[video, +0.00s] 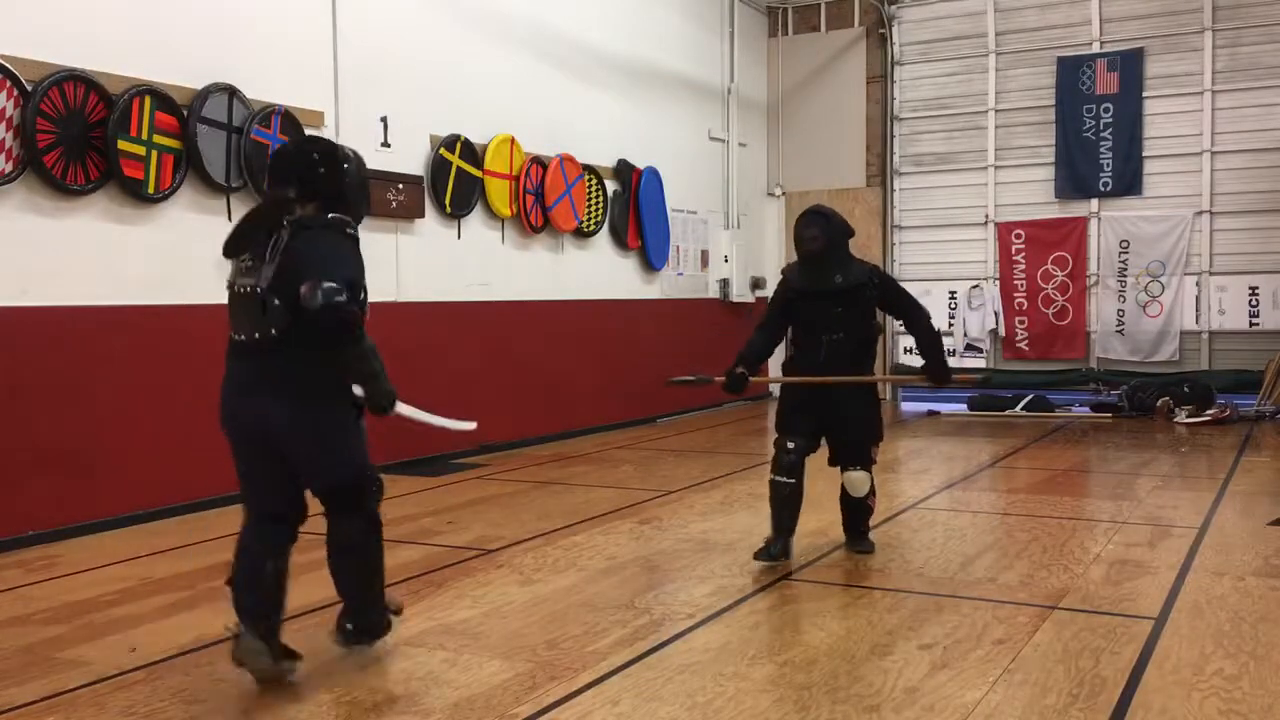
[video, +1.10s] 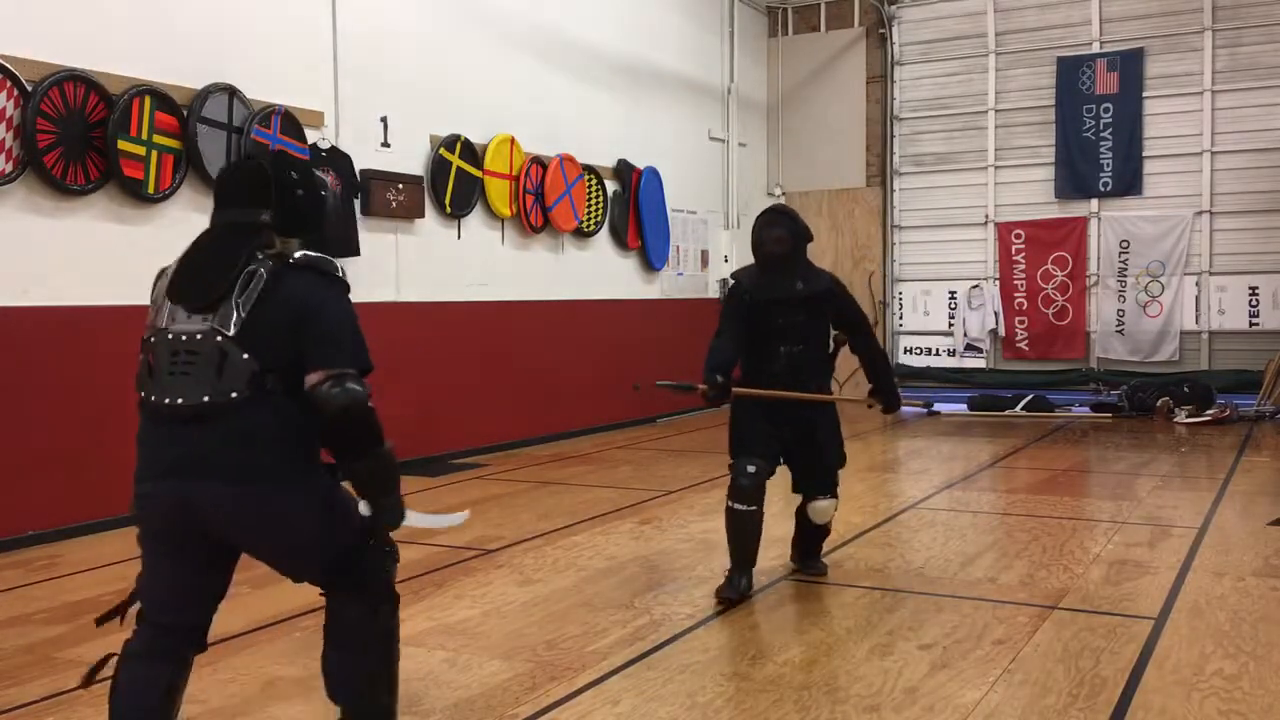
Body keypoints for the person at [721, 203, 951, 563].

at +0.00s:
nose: (809, 244)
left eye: (816, 237)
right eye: (803, 238)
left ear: (836, 237)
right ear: (796, 240)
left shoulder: (864, 278)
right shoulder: (793, 282)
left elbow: (915, 314)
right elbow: (769, 329)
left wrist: (936, 363)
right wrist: (743, 365)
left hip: (852, 389)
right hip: (801, 390)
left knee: (856, 470)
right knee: (786, 462)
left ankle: (857, 534)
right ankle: (780, 539)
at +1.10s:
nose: (773, 244)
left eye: (782, 236)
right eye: (765, 236)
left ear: (800, 239)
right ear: (754, 242)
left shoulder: (822, 286)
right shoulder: (745, 288)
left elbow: (861, 334)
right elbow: (728, 335)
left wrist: (885, 384)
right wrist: (716, 373)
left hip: (811, 404)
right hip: (756, 403)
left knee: (822, 496)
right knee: (745, 484)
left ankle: (806, 554)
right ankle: (740, 572)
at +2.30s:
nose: (765, 236)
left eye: (774, 226)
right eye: (755, 227)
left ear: (795, 226)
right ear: (744, 229)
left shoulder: (820, 270)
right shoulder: (735, 273)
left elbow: (867, 318)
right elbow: (723, 326)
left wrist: (864, 383)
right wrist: (731, 354)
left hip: (807, 397)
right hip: (754, 397)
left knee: (805, 495)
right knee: (771, 493)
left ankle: (787, 565)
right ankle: (762, 600)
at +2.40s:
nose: (767, 248)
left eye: (776, 239)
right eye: (758, 240)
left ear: (795, 240)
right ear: (746, 245)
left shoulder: (821, 283)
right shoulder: (741, 286)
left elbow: (846, 342)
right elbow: (730, 339)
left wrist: (805, 360)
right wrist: (757, 354)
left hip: (807, 403)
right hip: (758, 405)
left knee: (807, 491)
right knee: (787, 503)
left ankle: (784, 553)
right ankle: (767, 606)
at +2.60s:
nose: (780, 247)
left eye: (790, 237)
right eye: (771, 237)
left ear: (809, 242)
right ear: (758, 243)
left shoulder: (827, 287)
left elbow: (861, 357)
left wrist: (831, 358)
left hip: (816, 409)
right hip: (765, 413)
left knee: (833, 502)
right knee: (798, 508)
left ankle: (796, 552)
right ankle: (768, 606)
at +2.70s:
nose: (786, 236)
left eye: (796, 227)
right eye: (778, 227)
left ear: (813, 233)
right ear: (763, 231)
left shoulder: (827, 279)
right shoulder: (745, 281)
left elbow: (869, 335)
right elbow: (730, 339)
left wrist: (871, 379)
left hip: (821, 400)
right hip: (769, 404)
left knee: (843, 484)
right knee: (798, 501)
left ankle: (820, 552)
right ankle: (769, 606)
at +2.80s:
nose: (802, 244)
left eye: (810, 235)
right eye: (793, 235)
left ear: (821, 238)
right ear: (775, 236)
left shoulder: (830, 286)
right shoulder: (759, 284)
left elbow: (870, 340)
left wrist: (891, 395)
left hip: (823, 398)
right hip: (774, 400)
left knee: (848, 478)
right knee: (794, 492)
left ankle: (832, 556)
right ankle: (773, 584)